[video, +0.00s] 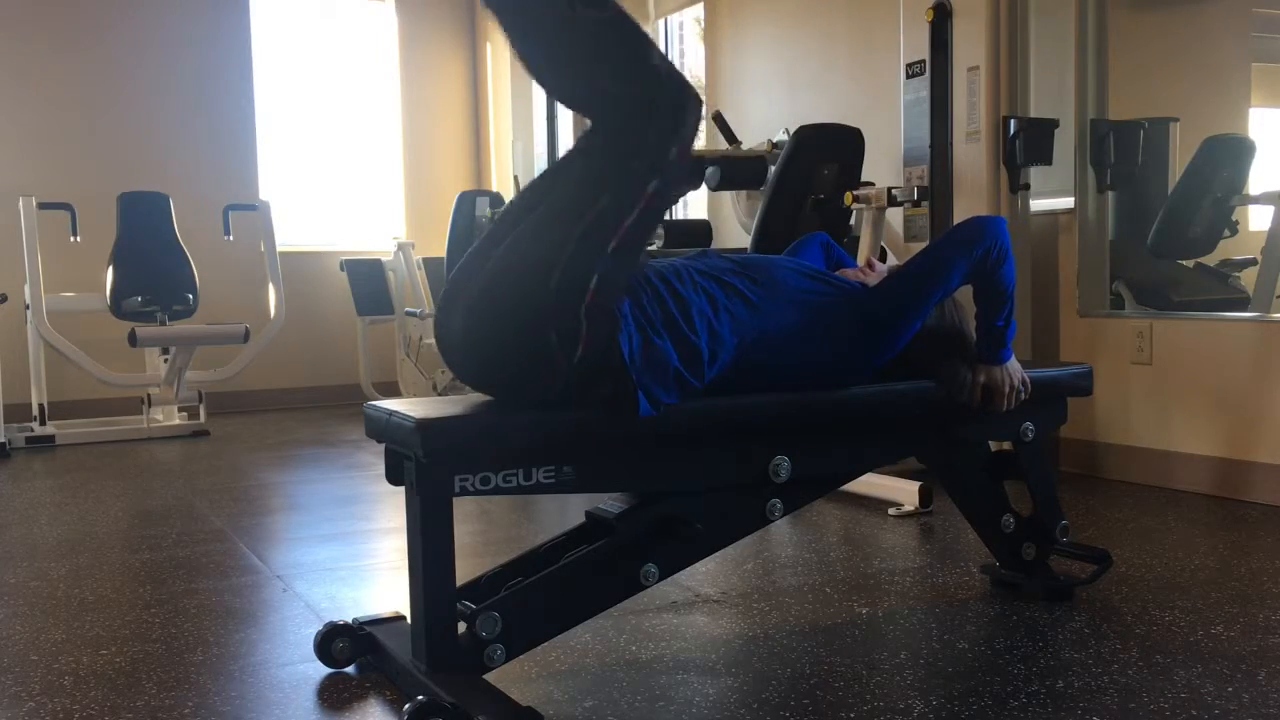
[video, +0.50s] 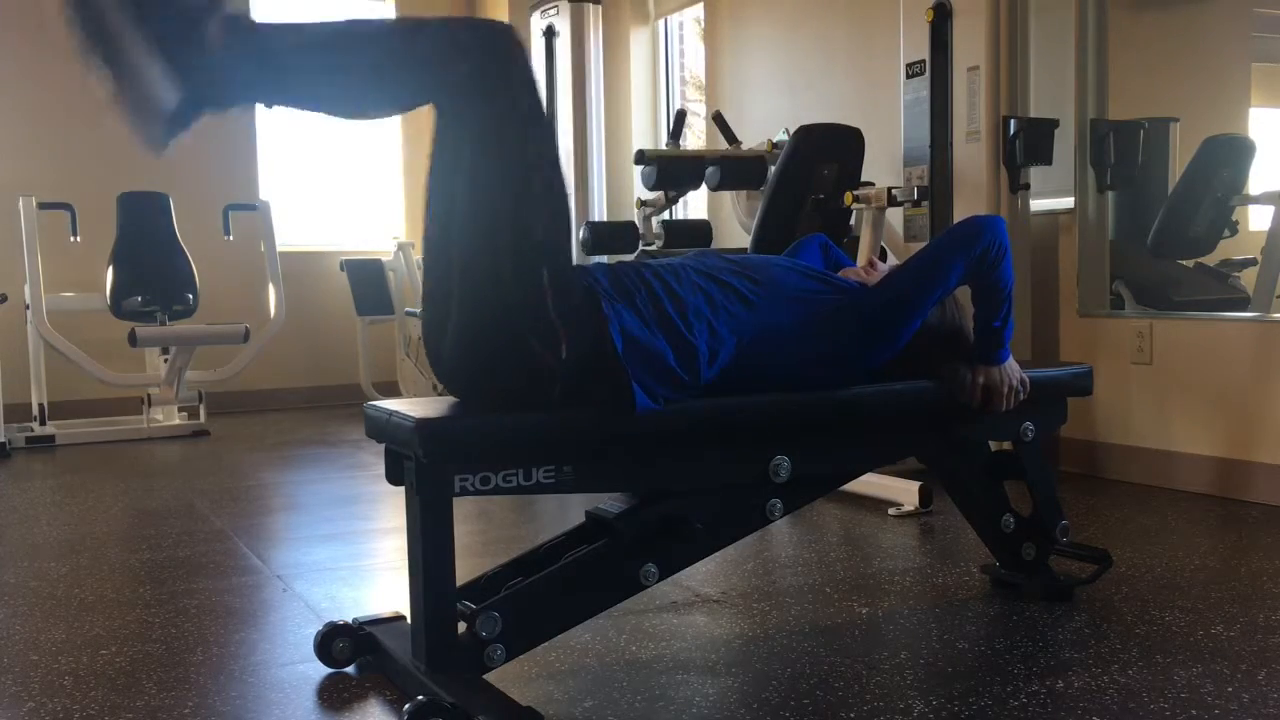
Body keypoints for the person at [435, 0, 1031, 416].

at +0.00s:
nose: (870, 261)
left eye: (885, 270)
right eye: (875, 260)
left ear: (891, 301)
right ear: (859, 273)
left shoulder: (871, 328)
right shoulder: (804, 281)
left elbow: (985, 233)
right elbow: (815, 235)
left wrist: (1000, 353)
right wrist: (869, 271)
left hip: (554, 345)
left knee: (665, 102)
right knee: (659, 109)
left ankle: (495, 4)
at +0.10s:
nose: (870, 262)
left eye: (885, 272)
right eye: (874, 260)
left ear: (889, 302)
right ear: (858, 271)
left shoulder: (867, 329)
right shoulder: (799, 278)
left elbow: (985, 233)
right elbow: (817, 231)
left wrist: (999, 352)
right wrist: (868, 267)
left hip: (556, 344)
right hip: (549, 314)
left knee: (643, 88)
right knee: (643, 95)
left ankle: (448, 4)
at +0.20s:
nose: (885, 251)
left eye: (904, 262)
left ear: (924, 318)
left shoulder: (874, 327)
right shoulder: (809, 282)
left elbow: (991, 233)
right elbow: (816, 176)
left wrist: (1000, 352)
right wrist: (864, 270)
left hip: (553, 343)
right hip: (547, 314)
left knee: (606, 70)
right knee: (603, 75)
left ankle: (386, 1)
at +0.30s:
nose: (879, 257)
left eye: (895, 262)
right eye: (876, 252)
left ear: (912, 310)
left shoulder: (867, 330)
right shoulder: (793, 286)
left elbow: (992, 233)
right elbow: (823, 179)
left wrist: (996, 351)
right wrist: (867, 267)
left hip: (548, 355)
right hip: (528, 323)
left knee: (569, 59)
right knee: (565, 62)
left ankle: (297, 9)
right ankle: (307, 11)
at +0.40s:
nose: (879, 251)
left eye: (898, 258)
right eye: (883, 245)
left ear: (919, 322)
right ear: (874, 278)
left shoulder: (857, 334)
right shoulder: (796, 288)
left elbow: (990, 232)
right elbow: (823, 159)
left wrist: (987, 354)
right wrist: (863, 258)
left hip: (548, 357)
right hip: (522, 326)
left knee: (530, 56)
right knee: (524, 54)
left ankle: (240, 28)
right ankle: (241, 25)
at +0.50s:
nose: (876, 251)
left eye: (894, 257)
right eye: (877, 246)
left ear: (904, 311)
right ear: (858, 266)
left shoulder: (856, 335)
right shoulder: (802, 285)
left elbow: (990, 233)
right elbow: (814, 165)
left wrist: (987, 353)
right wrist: (870, 247)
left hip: (530, 351)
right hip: (527, 316)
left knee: (484, 61)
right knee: (489, 50)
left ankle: (198, 72)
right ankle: (213, 48)